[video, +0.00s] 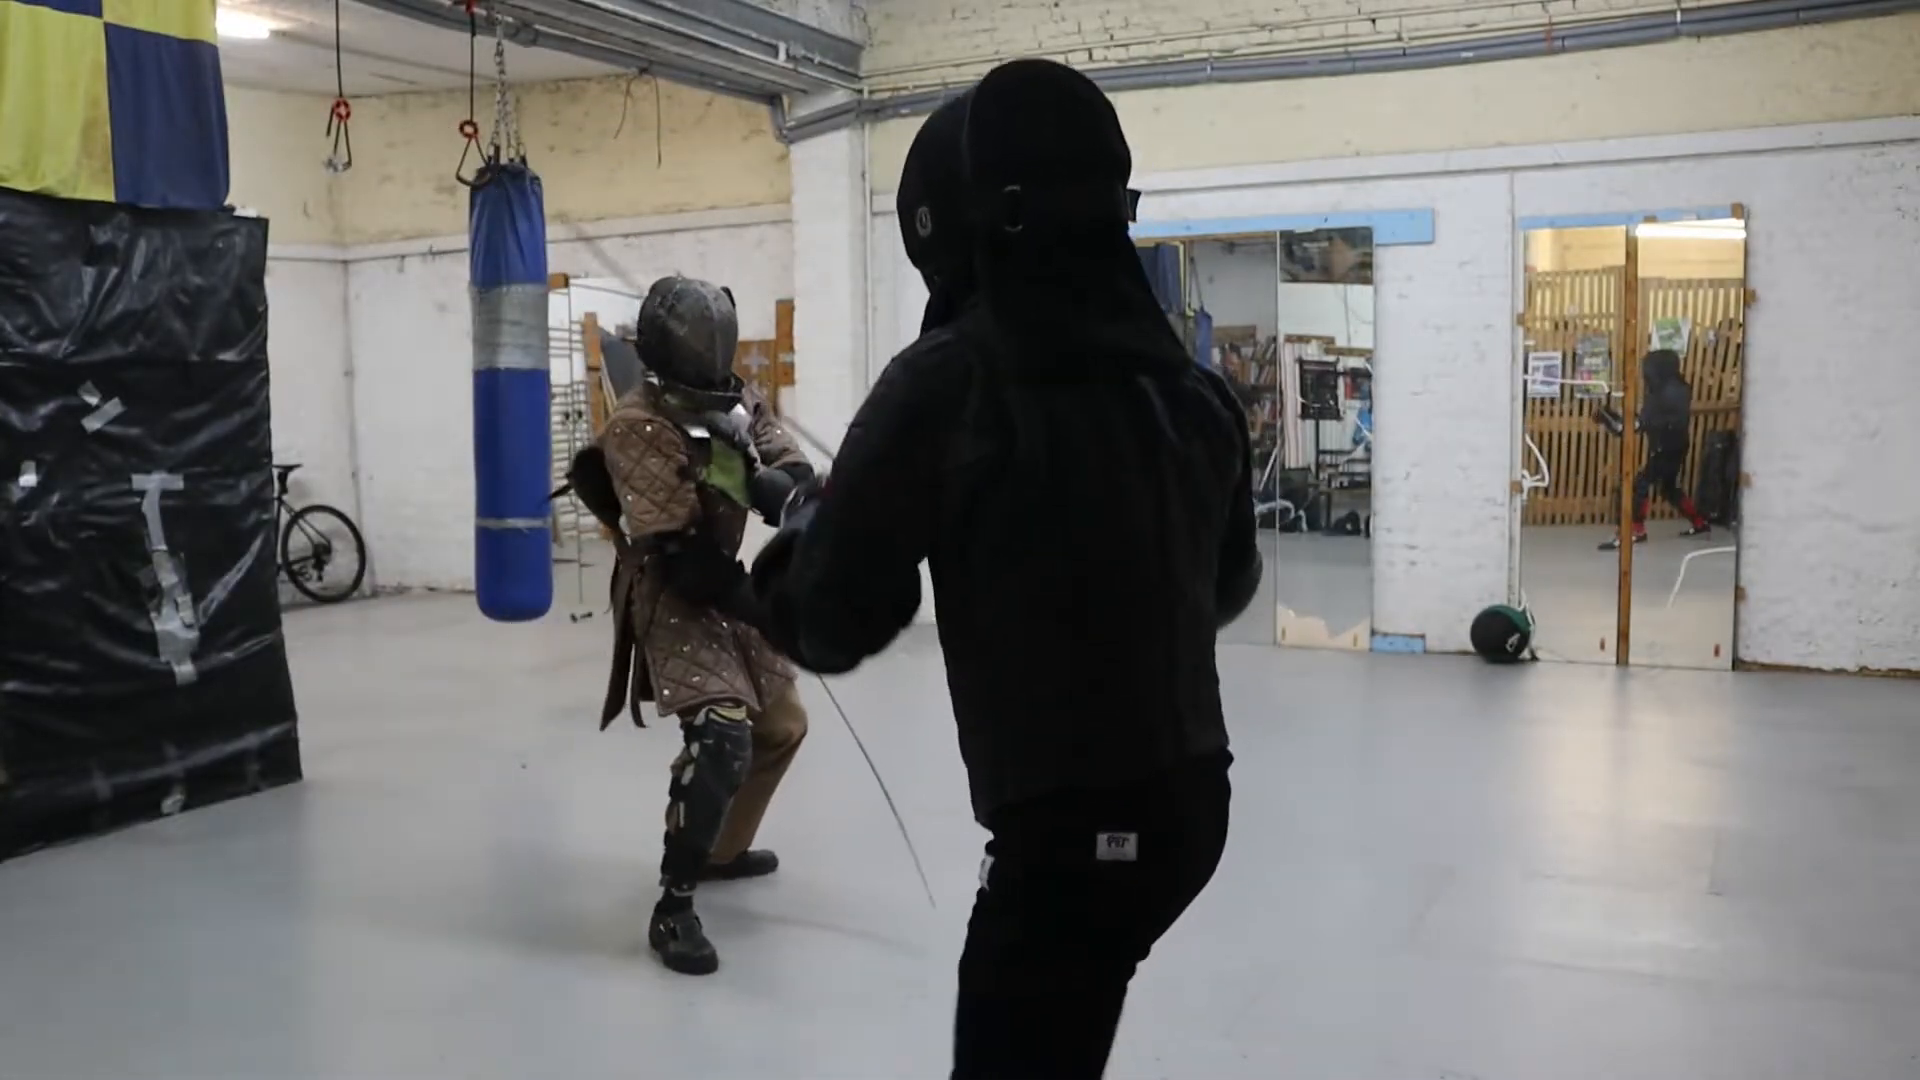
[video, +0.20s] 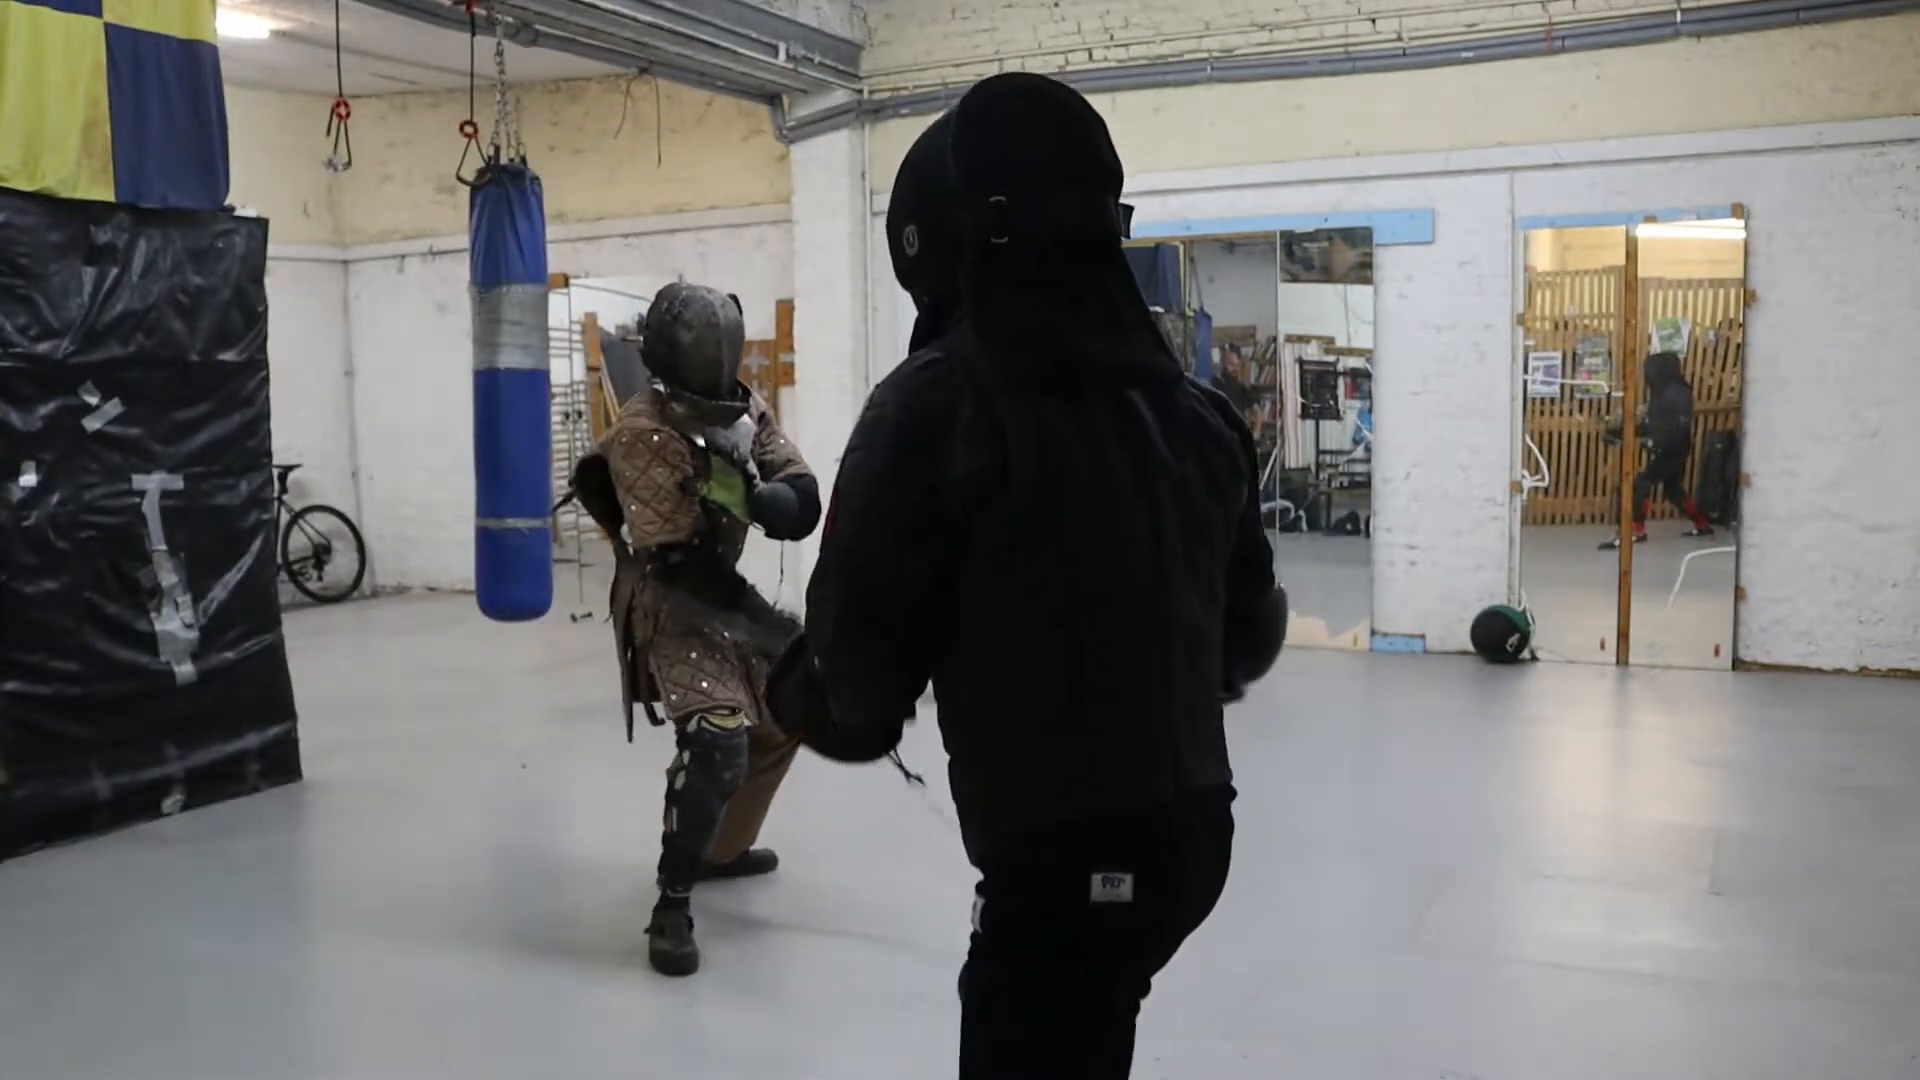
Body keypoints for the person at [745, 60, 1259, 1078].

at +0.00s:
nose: (919, 256)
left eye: (924, 227)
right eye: (917, 229)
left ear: (957, 224)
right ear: (1107, 213)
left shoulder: (941, 386)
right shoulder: (1193, 390)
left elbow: (829, 624)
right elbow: (1226, 585)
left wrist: (795, 533)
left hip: (1057, 824)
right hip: (1189, 803)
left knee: (1005, 1061)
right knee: (1059, 1048)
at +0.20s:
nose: (905, 267)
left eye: (912, 237)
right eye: (902, 238)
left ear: (957, 236)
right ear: (1091, 230)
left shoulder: (928, 406)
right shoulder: (1190, 408)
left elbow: (857, 712)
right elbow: (1248, 640)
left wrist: (789, 679)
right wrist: (1120, 658)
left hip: (1051, 847)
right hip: (1190, 828)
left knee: (1020, 1059)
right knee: (1078, 1044)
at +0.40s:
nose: (892, 272)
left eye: (900, 243)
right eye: (889, 245)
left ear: (949, 239)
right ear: (1077, 230)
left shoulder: (928, 404)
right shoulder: (1177, 405)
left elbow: (817, 678)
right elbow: (1223, 632)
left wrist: (762, 611)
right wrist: (1090, 663)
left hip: (1040, 851)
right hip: (1175, 833)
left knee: (998, 1063)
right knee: (1059, 1056)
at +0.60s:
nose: (898, 282)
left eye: (907, 253)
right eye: (896, 253)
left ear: (950, 255)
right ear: (1090, 251)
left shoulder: (917, 423)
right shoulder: (1157, 425)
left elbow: (743, 591)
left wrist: (758, 450)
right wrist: (862, 443)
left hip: (1032, 897)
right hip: (1161, 875)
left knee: (946, 1063)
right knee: (1013, 1055)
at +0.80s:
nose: (890, 261)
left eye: (899, 232)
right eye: (890, 233)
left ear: (934, 234)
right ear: (1113, 218)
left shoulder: (898, 412)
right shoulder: (1198, 377)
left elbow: (735, 565)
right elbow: (1230, 336)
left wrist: (711, 454)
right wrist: (1123, 261)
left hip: (1011, 938)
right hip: (1188, 915)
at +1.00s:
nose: (872, 244)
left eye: (887, 216)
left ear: (917, 236)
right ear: (1114, 215)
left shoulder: (886, 424)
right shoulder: (1191, 366)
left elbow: (698, 548)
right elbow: (1256, 213)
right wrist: (1129, 70)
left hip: (1032, 949)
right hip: (1219, 924)